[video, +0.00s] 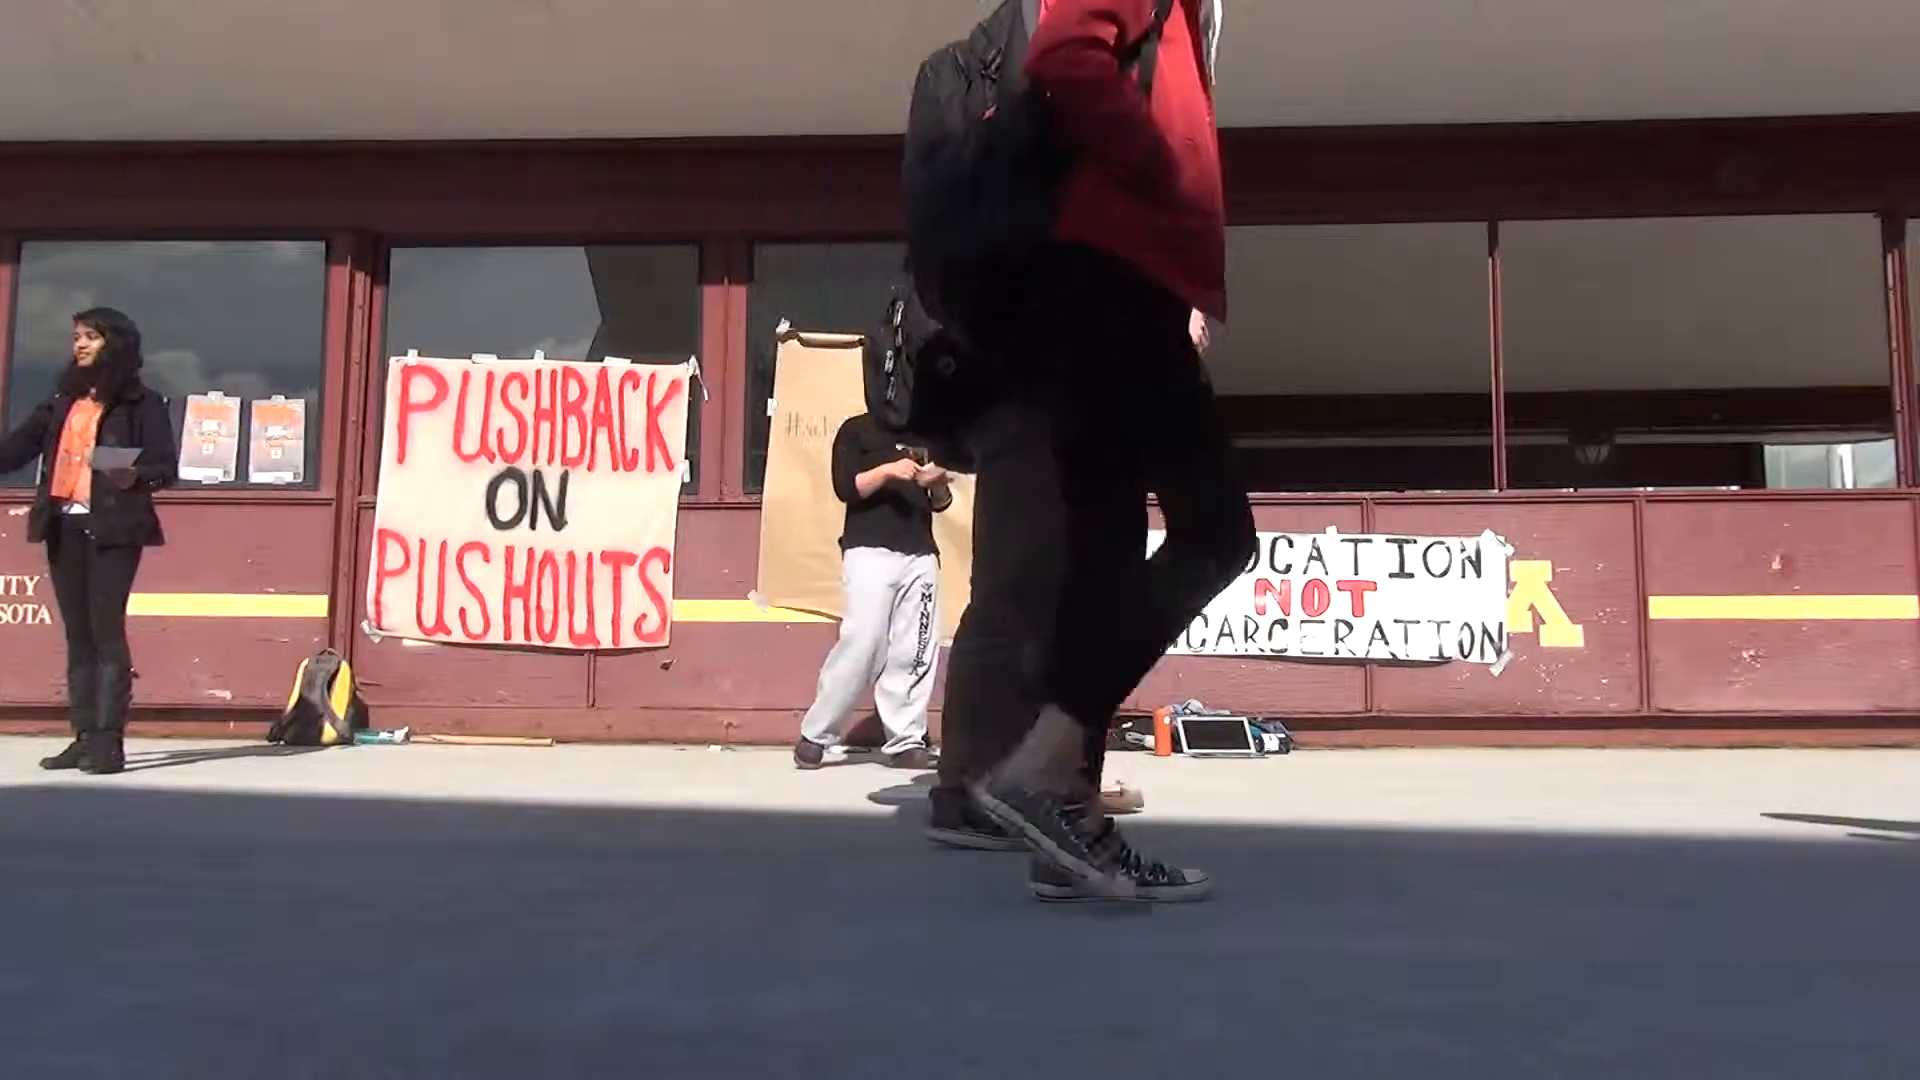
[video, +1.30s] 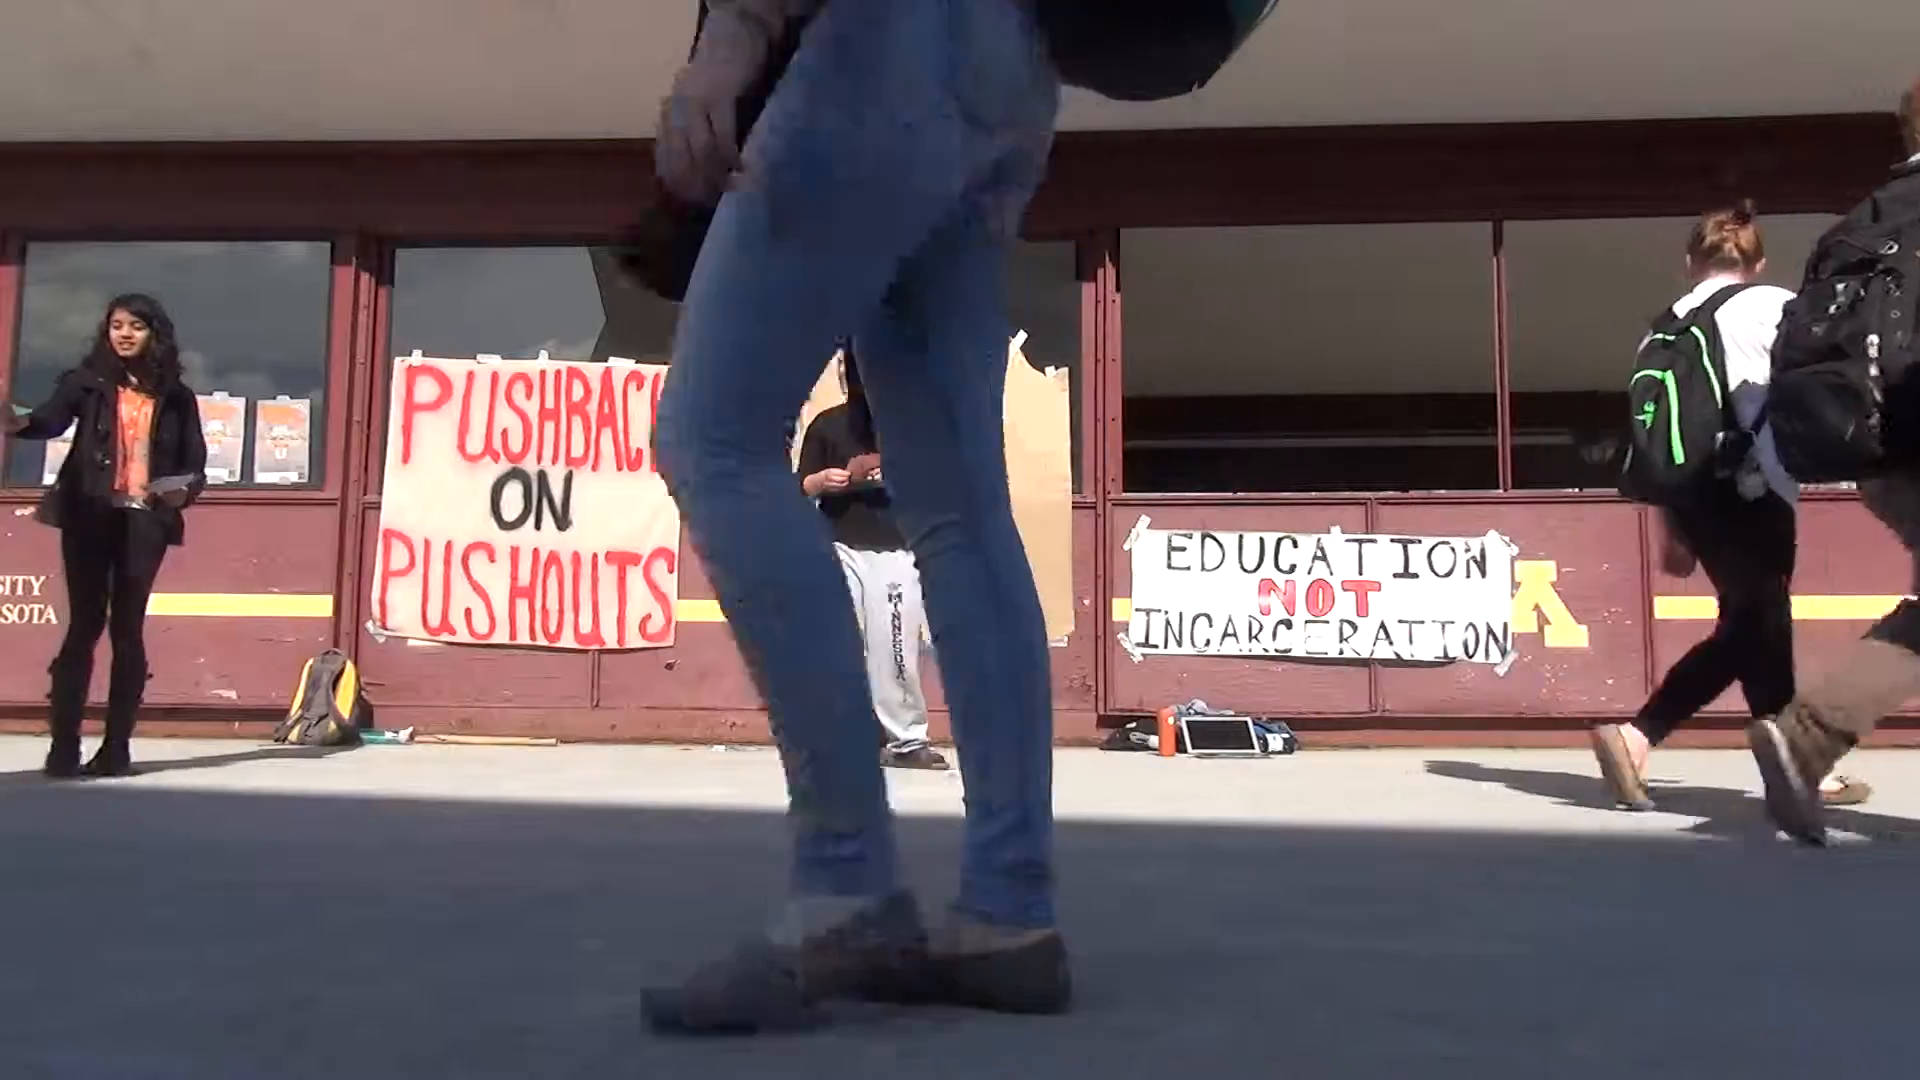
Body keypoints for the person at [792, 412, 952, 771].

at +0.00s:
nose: (895, 396)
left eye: (902, 388)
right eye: (888, 386)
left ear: (912, 393)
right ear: (872, 387)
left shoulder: (922, 437)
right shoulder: (855, 431)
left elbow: (942, 503)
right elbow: (846, 488)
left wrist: (937, 480)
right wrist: (887, 470)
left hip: (918, 551)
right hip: (870, 548)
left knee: (912, 650)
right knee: (864, 642)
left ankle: (905, 741)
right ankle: (816, 735)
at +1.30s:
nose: (851, 376)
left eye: (858, 366)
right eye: (847, 366)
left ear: (882, 372)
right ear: (841, 372)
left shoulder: (907, 419)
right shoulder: (827, 425)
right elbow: (802, 486)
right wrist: (825, 479)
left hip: (895, 546)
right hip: (840, 545)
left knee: (896, 642)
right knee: (838, 641)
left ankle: (906, 737)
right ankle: (844, 743)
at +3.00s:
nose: (886, 375)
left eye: (895, 369)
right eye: (883, 368)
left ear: (920, 376)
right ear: (881, 376)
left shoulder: (950, 431)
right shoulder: (866, 431)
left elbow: (968, 490)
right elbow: (848, 493)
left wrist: (934, 483)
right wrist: (877, 490)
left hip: (930, 551)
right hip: (876, 548)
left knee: (919, 646)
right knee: (866, 643)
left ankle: (908, 741)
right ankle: (849, 743)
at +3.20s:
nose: (911, 375)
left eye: (919, 369)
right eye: (904, 369)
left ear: (931, 378)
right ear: (890, 377)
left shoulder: (952, 431)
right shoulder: (868, 431)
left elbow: (970, 491)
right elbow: (849, 493)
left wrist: (938, 485)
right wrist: (882, 488)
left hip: (932, 552)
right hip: (878, 549)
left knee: (920, 646)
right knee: (867, 643)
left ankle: (909, 741)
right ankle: (851, 743)